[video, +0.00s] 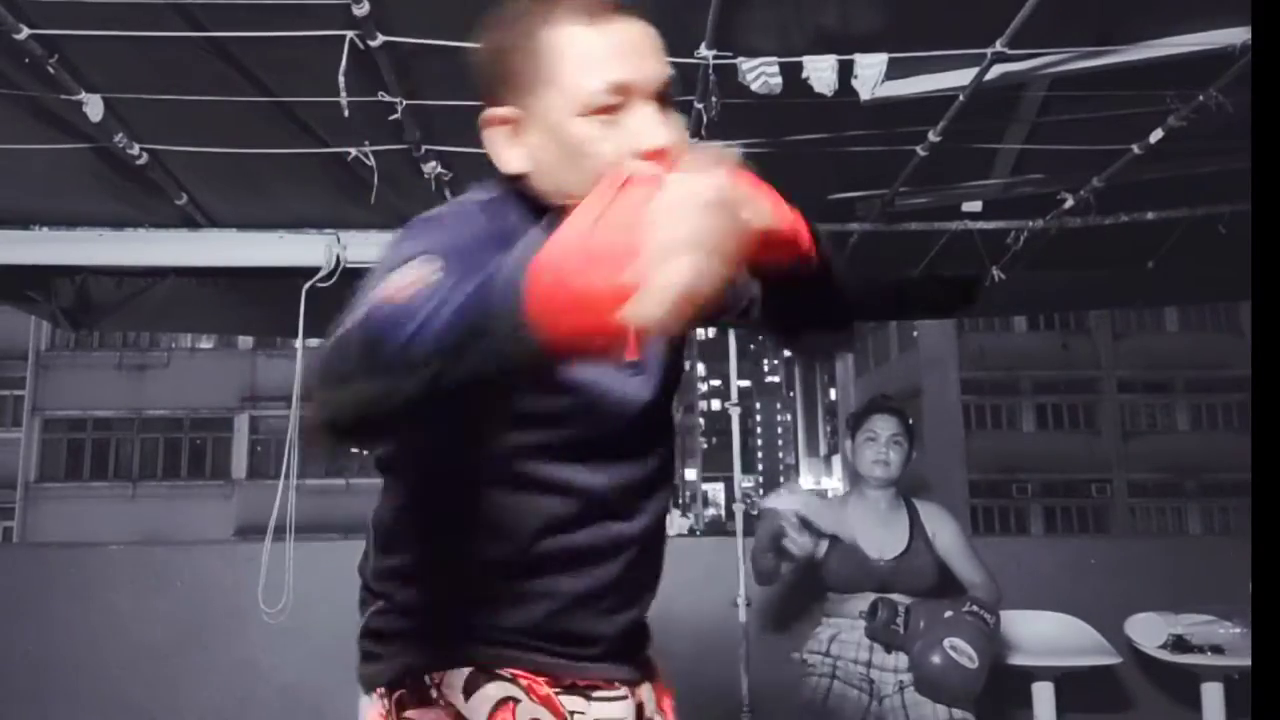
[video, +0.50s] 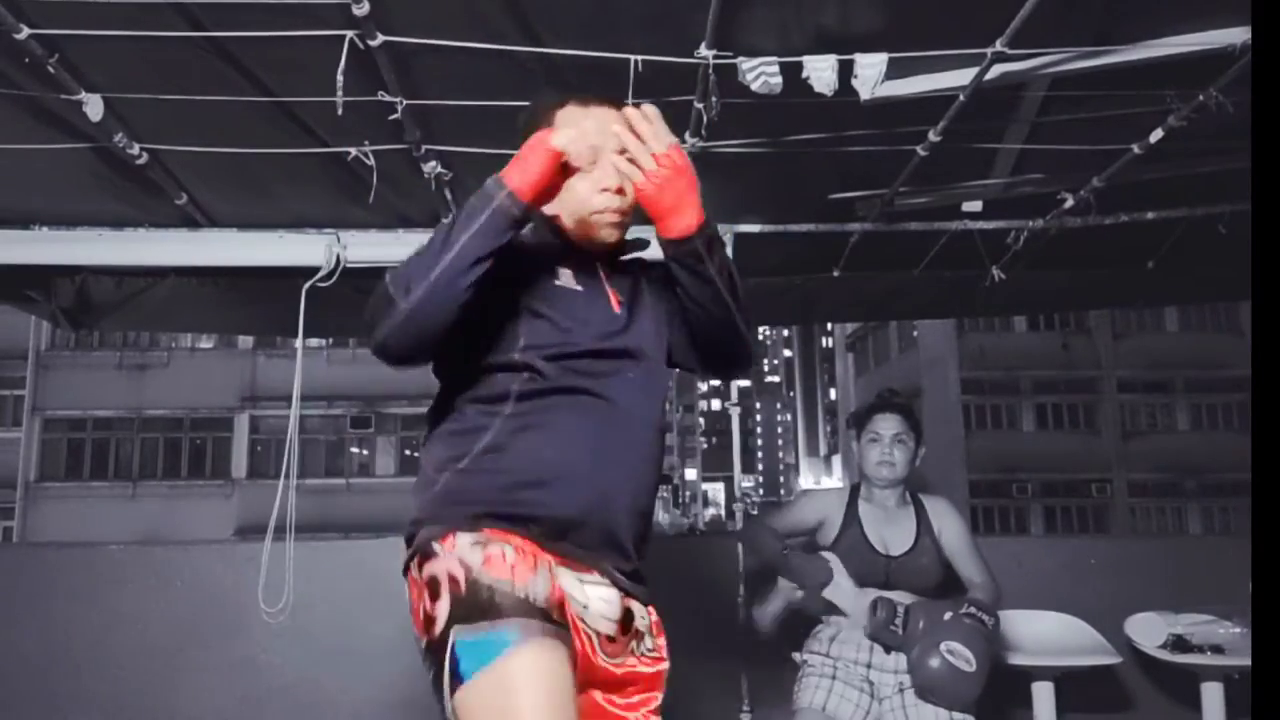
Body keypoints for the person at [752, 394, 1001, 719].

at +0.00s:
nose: (883, 450)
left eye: (895, 443)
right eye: (870, 439)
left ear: (909, 456)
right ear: (850, 450)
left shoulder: (931, 518)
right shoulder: (823, 515)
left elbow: (984, 587)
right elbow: (764, 576)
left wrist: (972, 620)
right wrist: (769, 526)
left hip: (921, 669)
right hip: (840, 666)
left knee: (938, 714)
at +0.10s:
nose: (881, 451)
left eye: (894, 443)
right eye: (869, 440)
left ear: (908, 456)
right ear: (849, 451)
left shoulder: (931, 517)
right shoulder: (817, 519)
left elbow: (984, 586)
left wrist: (976, 613)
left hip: (919, 666)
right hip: (838, 664)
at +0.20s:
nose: (882, 448)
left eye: (894, 441)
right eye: (869, 439)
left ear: (908, 456)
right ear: (849, 452)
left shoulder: (932, 519)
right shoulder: (820, 519)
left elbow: (984, 589)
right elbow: (778, 587)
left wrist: (966, 625)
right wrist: (837, 609)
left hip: (922, 674)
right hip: (842, 673)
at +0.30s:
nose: (881, 448)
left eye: (893, 440)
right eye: (869, 438)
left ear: (907, 456)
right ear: (848, 452)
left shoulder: (930, 517)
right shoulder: (824, 520)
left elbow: (984, 587)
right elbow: (802, 600)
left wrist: (969, 626)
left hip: (928, 675)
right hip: (848, 673)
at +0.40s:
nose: (887, 451)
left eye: (900, 441)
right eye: (875, 440)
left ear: (918, 455)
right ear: (857, 452)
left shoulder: (939, 512)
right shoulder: (832, 507)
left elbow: (982, 586)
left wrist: (969, 619)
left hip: (921, 669)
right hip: (838, 664)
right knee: (820, 711)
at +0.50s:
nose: (886, 450)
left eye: (899, 440)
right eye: (874, 439)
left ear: (917, 454)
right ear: (857, 450)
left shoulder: (938, 513)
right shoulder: (828, 506)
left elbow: (984, 587)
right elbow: (756, 530)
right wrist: (792, 563)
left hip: (921, 671)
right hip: (837, 667)